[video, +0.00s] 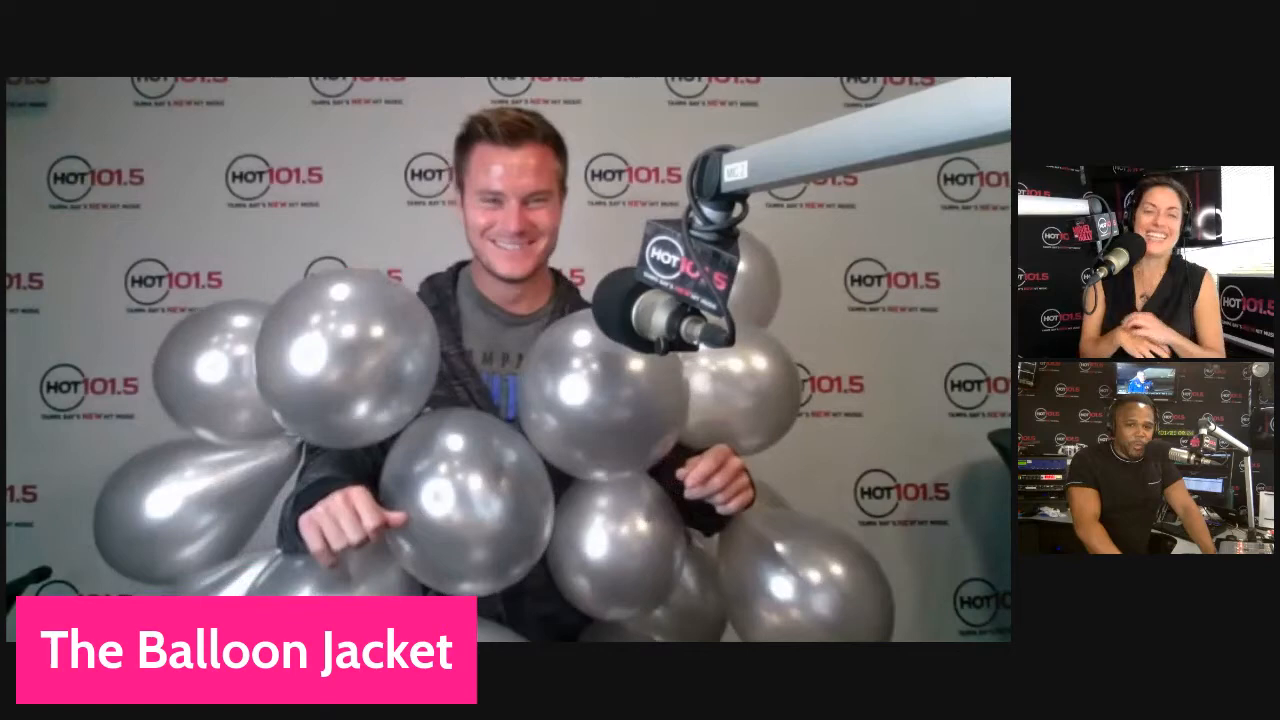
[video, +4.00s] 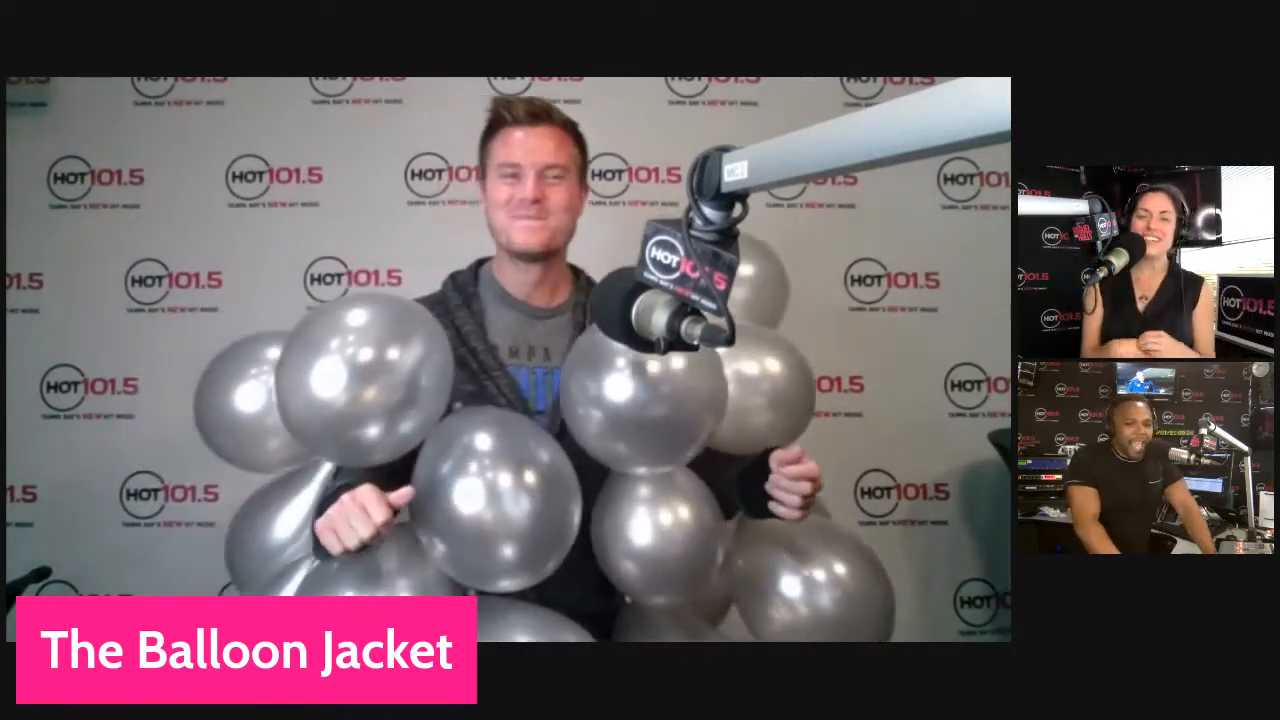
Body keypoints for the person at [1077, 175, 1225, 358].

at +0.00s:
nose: (1159, 222)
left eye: (1172, 214)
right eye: (1149, 210)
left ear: (1182, 225)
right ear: (1133, 217)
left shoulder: (1199, 281)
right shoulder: (1103, 280)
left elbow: (1217, 358)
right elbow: (1086, 351)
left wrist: (1169, 335)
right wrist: (1117, 336)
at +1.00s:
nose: (1133, 225)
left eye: (1143, 216)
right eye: (1123, 218)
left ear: (1160, 224)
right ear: (1116, 228)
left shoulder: (1186, 284)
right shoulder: (1098, 285)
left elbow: (1206, 358)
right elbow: (1086, 356)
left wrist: (1180, 337)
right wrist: (1106, 325)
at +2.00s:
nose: (1083, 258)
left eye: (1091, 248)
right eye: (1075, 250)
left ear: (1113, 241)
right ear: (1070, 250)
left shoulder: (1152, 284)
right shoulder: (1067, 288)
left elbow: (1169, 351)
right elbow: (1063, 356)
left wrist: (1146, 335)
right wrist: (1080, 336)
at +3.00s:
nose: (1157, 228)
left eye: (1170, 218)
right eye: (1151, 220)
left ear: (1195, 224)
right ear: (1146, 226)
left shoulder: (1229, 283)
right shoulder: (1134, 282)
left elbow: (1248, 360)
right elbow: (1127, 355)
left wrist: (1200, 349)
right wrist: (1148, 344)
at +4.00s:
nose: (1151, 226)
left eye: (1164, 218)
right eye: (1142, 216)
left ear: (1177, 228)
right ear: (1129, 222)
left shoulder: (1196, 289)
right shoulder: (1100, 285)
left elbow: (1208, 361)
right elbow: (1087, 354)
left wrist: (1177, 349)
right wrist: (1116, 347)